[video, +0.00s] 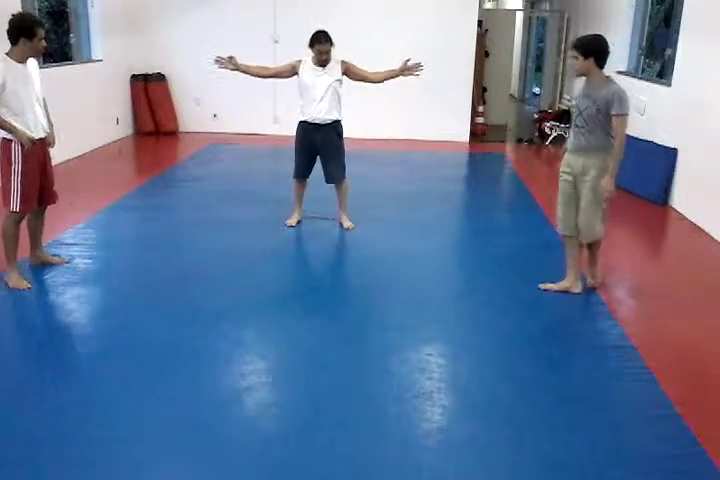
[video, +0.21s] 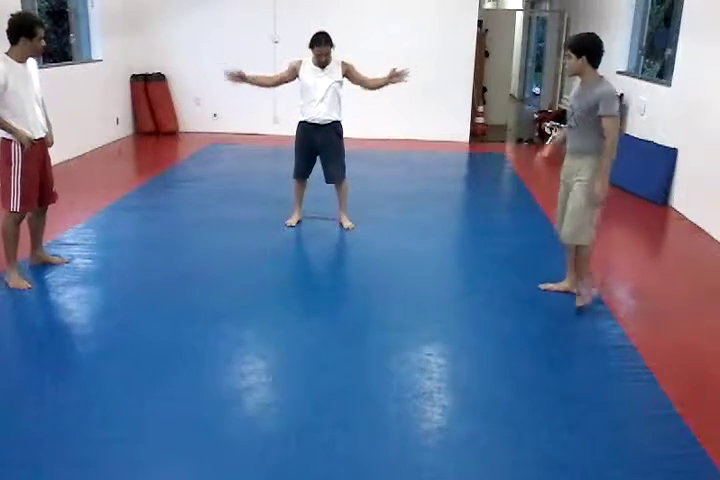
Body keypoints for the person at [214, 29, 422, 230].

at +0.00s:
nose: (322, 56)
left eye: (325, 52)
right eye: (318, 53)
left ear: (332, 48)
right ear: (311, 49)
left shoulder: (341, 66)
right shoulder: (300, 66)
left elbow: (371, 77)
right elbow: (268, 72)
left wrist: (399, 72)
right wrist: (238, 67)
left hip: (331, 129)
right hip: (306, 129)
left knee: (339, 176)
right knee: (300, 175)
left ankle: (343, 215)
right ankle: (297, 213)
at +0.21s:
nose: (322, 57)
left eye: (326, 53)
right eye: (319, 54)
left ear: (332, 51)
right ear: (311, 51)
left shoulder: (342, 68)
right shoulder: (300, 67)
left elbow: (367, 83)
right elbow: (273, 81)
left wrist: (388, 80)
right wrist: (246, 79)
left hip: (331, 129)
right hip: (306, 128)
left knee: (339, 175)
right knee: (300, 174)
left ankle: (343, 214)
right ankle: (297, 212)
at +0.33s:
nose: (323, 59)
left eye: (326, 55)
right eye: (318, 55)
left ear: (332, 51)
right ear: (311, 51)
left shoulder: (342, 69)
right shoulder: (301, 69)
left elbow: (357, 90)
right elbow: (281, 91)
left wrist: (372, 99)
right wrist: (259, 99)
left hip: (331, 129)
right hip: (306, 128)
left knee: (338, 176)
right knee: (300, 174)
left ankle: (343, 214)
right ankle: (297, 212)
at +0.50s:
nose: (322, 60)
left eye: (326, 56)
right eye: (318, 56)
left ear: (332, 52)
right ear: (311, 52)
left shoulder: (341, 70)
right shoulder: (301, 69)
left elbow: (349, 97)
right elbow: (291, 96)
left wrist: (355, 120)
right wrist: (279, 120)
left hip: (331, 129)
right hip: (306, 128)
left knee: (339, 176)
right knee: (300, 175)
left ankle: (343, 214)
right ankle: (297, 212)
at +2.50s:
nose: (323, 56)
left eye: (327, 51)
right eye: (319, 51)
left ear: (333, 49)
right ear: (312, 48)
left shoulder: (342, 71)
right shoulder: (301, 69)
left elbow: (347, 102)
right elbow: (293, 100)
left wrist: (351, 131)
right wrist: (288, 130)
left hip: (331, 129)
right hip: (305, 129)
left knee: (339, 177)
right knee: (300, 175)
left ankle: (343, 214)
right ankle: (297, 211)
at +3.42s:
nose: (327, 54)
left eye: (330, 49)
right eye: (323, 50)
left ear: (334, 48)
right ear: (315, 48)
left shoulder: (341, 70)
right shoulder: (301, 68)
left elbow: (350, 100)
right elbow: (292, 98)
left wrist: (359, 129)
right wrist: (282, 128)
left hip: (331, 128)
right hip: (306, 127)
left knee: (339, 176)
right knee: (300, 175)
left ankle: (343, 214)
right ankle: (297, 212)